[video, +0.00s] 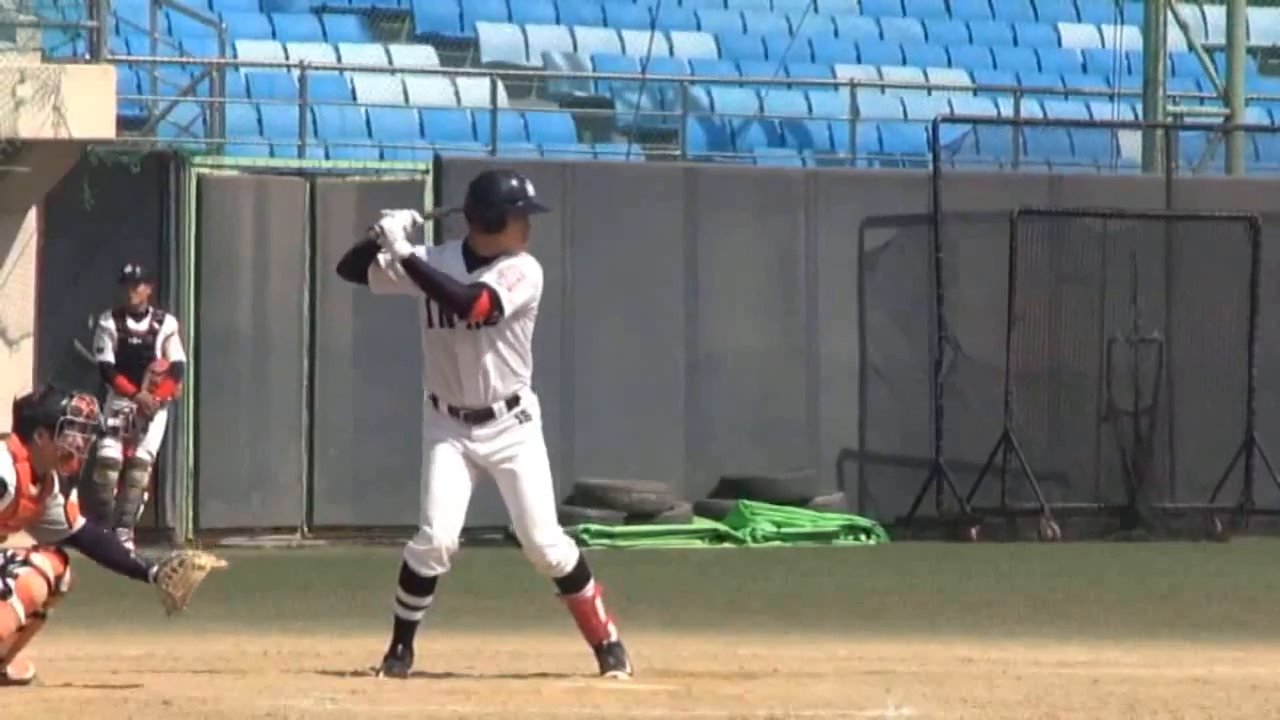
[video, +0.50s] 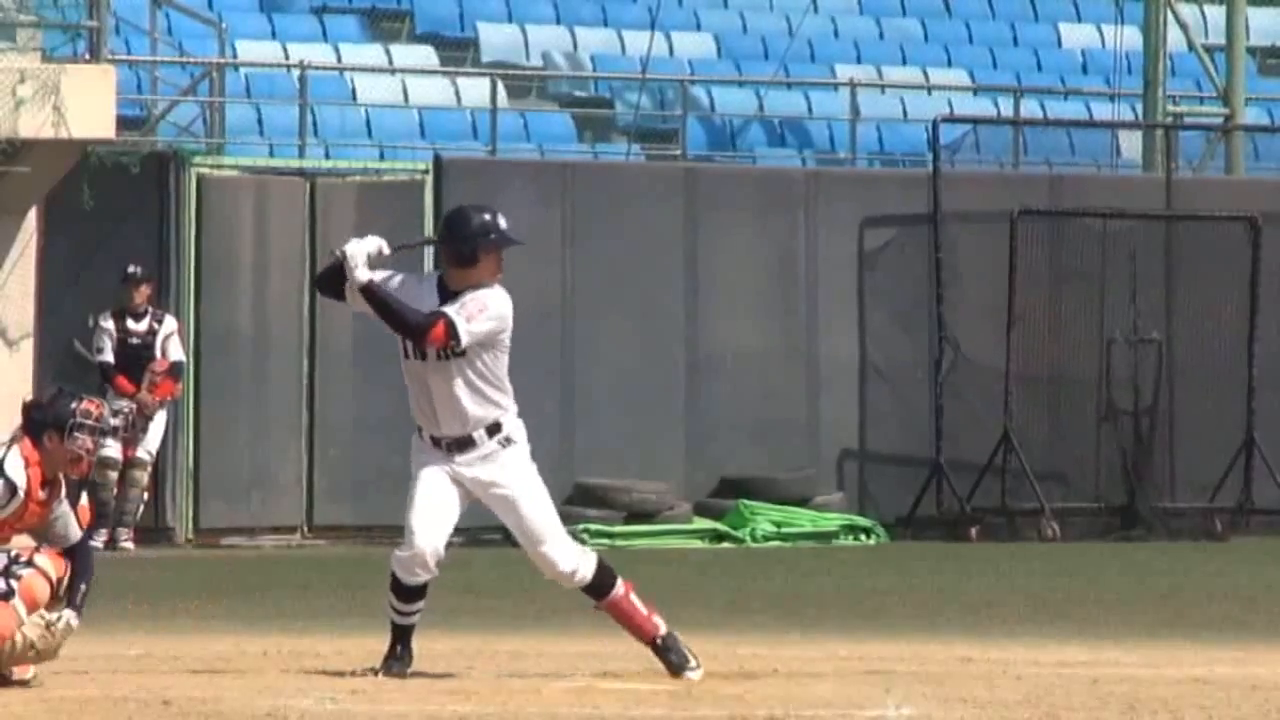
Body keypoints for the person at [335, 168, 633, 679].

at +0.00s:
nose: (529, 226)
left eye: (528, 217)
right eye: (521, 218)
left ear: (507, 218)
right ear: (491, 222)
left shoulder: (524, 270)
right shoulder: (435, 259)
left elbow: (472, 307)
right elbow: (349, 269)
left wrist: (404, 256)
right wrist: (382, 240)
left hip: (513, 423)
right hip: (447, 426)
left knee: (544, 545)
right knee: (435, 541)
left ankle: (607, 645)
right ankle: (400, 647)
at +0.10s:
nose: (528, 231)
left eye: (527, 222)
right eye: (521, 223)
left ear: (504, 224)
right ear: (493, 227)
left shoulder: (524, 274)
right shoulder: (435, 266)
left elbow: (478, 313)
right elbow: (349, 279)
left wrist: (407, 263)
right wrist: (383, 247)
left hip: (518, 429)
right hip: (453, 433)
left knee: (546, 546)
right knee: (438, 544)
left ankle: (608, 646)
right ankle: (401, 646)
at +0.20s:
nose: (524, 237)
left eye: (524, 229)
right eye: (516, 230)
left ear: (503, 230)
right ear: (488, 233)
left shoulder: (520, 281)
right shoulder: (431, 273)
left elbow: (473, 320)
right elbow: (346, 286)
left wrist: (405, 270)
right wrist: (383, 255)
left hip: (516, 434)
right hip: (452, 439)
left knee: (545, 549)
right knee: (437, 547)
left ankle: (608, 648)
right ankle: (401, 647)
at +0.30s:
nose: (510, 249)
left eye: (510, 239)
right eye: (503, 240)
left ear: (479, 245)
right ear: (475, 245)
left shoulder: (504, 293)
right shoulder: (417, 279)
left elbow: (445, 325)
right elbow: (332, 288)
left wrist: (386, 273)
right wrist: (368, 257)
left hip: (503, 438)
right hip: (439, 445)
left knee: (546, 540)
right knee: (428, 549)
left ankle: (618, 638)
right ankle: (399, 648)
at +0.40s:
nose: (504, 255)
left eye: (503, 245)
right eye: (496, 246)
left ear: (481, 247)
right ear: (467, 248)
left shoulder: (497, 296)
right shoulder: (412, 280)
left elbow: (436, 328)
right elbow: (327, 285)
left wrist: (374, 274)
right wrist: (358, 253)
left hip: (497, 441)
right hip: (435, 449)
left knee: (550, 541)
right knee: (422, 550)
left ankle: (631, 635)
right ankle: (398, 650)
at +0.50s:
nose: (501, 259)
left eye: (501, 250)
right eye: (496, 251)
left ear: (468, 254)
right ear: (470, 255)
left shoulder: (493, 303)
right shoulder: (410, 286)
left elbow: (425, 333)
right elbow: (326, 286)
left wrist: (364, 283)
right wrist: (352, 258)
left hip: (498, 451)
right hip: (436, 457)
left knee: (559, 559)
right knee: (418, 550)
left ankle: (660, 638)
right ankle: (398, 650)